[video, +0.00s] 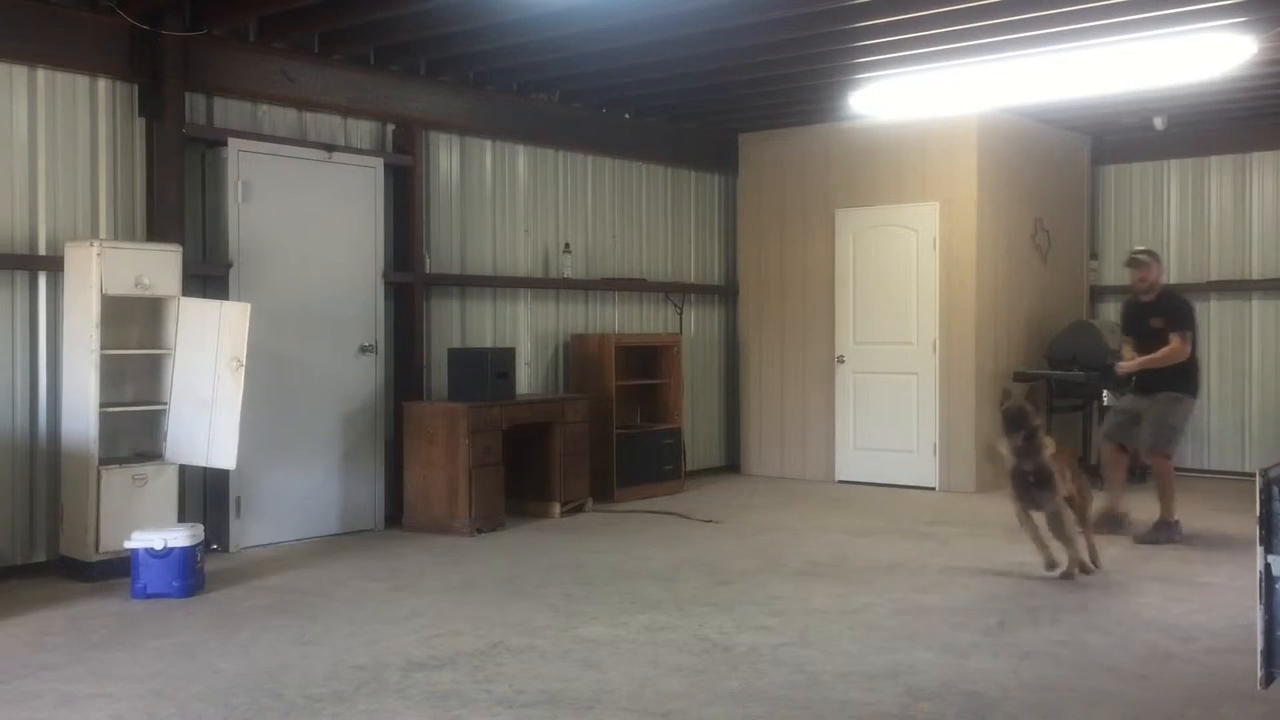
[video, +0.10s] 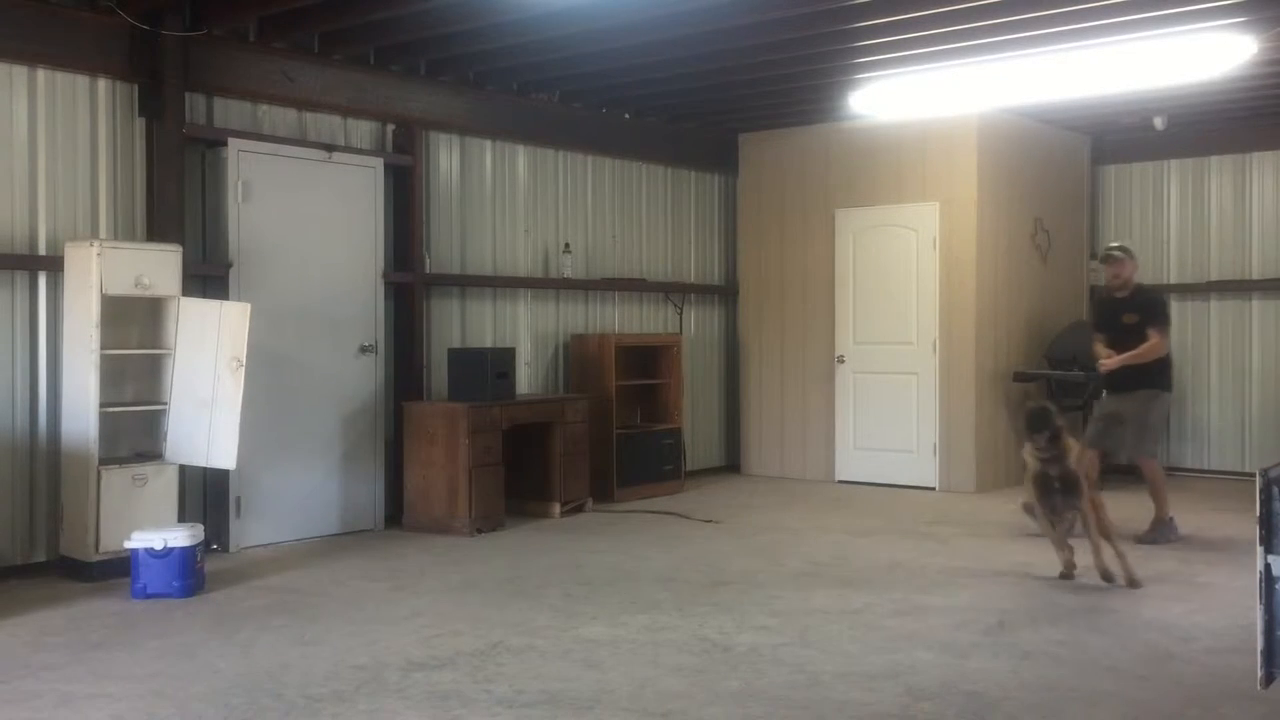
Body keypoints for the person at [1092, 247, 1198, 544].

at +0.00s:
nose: (1139, 274)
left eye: (1144, 268)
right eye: (1134, 269)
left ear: (1159, 270)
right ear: (1130, 273)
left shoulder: (1175, 303)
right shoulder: (1131, 307)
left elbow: (1181, 350)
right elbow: (1129, 347)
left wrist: (1133, 364)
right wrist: (1125, 365)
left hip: (1174, 391)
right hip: (1140, 389)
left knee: (1157, 451)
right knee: (1111, 442)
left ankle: (1167, 521)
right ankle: (1114, 513)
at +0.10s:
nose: (1114, 270)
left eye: (1120, 264)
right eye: (1109, 265)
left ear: (1134, 266)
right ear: (1103, 270)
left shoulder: (1151, 299)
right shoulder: (1103, 303)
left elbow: (1159, 345)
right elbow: (1098, 344)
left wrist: (1119, 361)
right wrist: (1107, 355)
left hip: (1150, 389)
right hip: (1116, 389)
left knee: (1144, 454)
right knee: (1090, 451)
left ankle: (1163, 520)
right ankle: (1085, 515)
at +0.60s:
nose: (1037, 275)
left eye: (1044, 269)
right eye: (1032, 269)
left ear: (1056, 272)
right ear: (1026, 272)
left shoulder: (1072, 308)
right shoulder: (1021, 303)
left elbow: (1080, 358)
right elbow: (1003, 340)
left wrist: (1034, 371)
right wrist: (1002, 376)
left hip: (1067, 395)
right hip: (1033, 394)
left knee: (1059, 459)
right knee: (1024, 456)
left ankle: (1059, 523)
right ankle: (1045, 517)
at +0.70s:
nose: (1029, 277)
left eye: (1035, 271)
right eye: (1024, 271)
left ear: (1047, 275)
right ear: (1018, 275)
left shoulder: (1063, 310)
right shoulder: (1015, 302)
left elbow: (1067, 363)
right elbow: (996, 333)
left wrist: (1028, 371)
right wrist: (995, 369)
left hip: (1062, 393)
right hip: (1031, 391)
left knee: (1050, 461)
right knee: (1026, 456)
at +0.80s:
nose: (1017, 278)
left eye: (1023, 272)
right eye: (1012, 273)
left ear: (1036, 275)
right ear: (1006, 277)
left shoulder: (1053, 309)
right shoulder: (1007, 302)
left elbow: (1064, 361)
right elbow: (1007, 331)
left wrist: (1025, 377)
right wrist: (1016, 360)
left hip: (1058, 392)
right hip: (1030, 391)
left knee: (1039, 460)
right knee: (1017, 454)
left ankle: (1042, 527)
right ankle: (1055, 522)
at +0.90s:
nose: (1005, 279)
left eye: (1011, 273)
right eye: (999, 274)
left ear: (1025, 275)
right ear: (994, 279)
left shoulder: (1045, 307)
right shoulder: (1001, 307)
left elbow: (1069, 353)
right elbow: (1028, 342)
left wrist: (1035, 378)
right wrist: (1027, 372)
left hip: (1057, 393)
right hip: (1030, 392)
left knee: (1039, 461)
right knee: (1014, 458)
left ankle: (1046, 529)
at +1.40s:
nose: (964, 274)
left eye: (971, 268)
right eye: (960, 269)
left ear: (986, 270)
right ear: (958, 275)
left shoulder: (1000, 299)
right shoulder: (979, 302)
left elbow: (1002, 354)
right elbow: (999, 351)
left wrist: (965, 387)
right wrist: (982, 380)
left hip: (1031, 388)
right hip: (1010, 388)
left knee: (1006, 458)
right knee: (983, 450)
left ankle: (1034, 530)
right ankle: (981, 523)